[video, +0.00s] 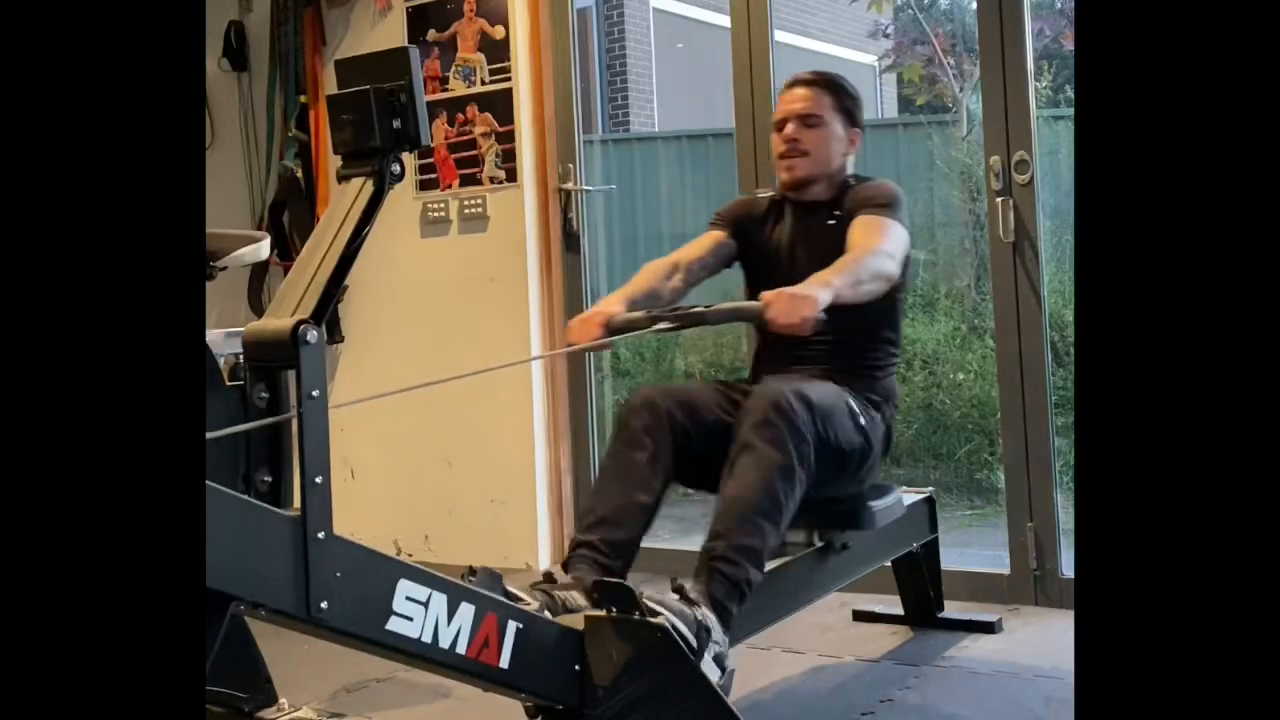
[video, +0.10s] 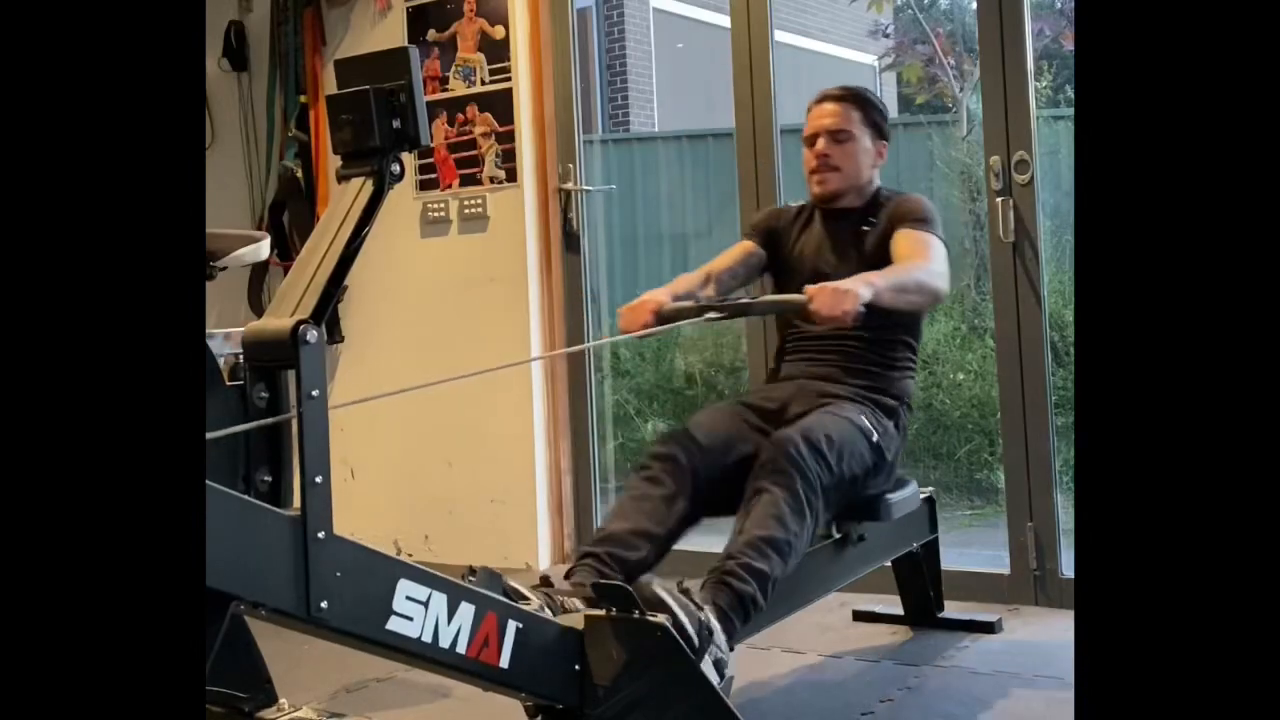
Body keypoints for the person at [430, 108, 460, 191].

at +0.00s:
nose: (446, 117)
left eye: (446, 115)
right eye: (445, 115)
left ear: (443, 116)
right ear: (440, 115)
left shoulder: (443, 124)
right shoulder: (437, 124)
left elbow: (453, 132)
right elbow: (439, 139)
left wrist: (457, 122)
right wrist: (442, 150)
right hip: (439, 149)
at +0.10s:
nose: (446, 117)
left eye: (446, 115)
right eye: (445, 115)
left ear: (443, 116)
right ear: (440, 115)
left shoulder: (443, 124)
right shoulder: (437, 124)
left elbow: (453, 132)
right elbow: (439, 139)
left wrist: (457, 122)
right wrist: (442, 151)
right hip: (439, 148)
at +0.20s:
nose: (446, 117)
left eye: (446, 115)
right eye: (445, 115)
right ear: (440, 115)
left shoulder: (442, 124)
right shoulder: (438, 124)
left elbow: (453, 132)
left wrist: (457, 122)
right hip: (440, 148)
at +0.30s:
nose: (446, 117)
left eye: (446, 115)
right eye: (445, 115)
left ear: (442, 116)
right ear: (441, 115)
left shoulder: (443, 125)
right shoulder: (437, 124)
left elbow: (453, 132)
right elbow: (439, 139)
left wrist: (457, 122)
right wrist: (442, 151)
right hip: (440, 149)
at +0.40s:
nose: (446, 117)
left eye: (446, 115)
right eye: (445, 115)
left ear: (442, 116)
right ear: (440, 115)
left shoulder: (443, 125)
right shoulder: (437, 124)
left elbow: (453, 132)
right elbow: (439, 139)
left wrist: (457, 122)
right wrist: (442, 151)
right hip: (439, 148)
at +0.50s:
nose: (446, 118)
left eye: (446, 116)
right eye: (444, 115)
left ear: (443, 116)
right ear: (440, 116)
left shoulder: (443, 124)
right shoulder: (437, 124)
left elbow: (453, 132)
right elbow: (439, 139)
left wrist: (457, 122)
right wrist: (442, 150)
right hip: (440, 148)